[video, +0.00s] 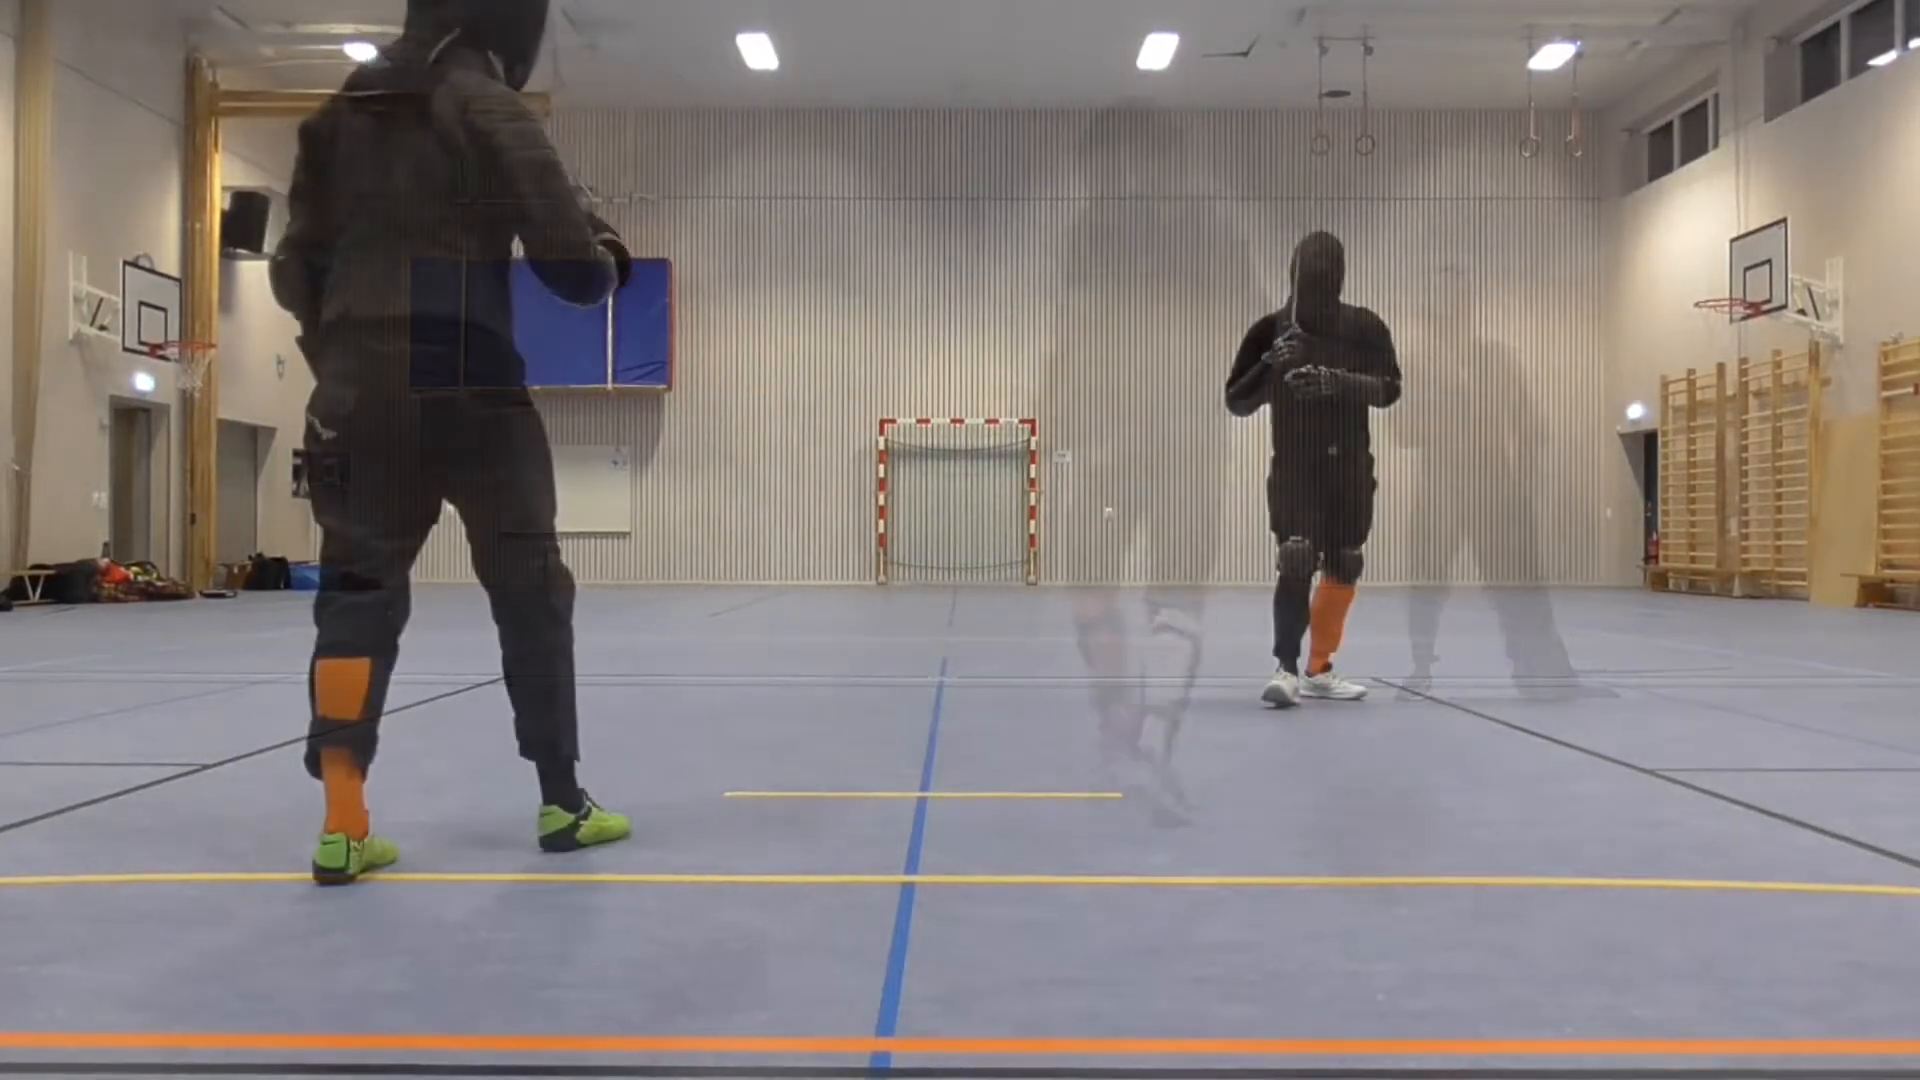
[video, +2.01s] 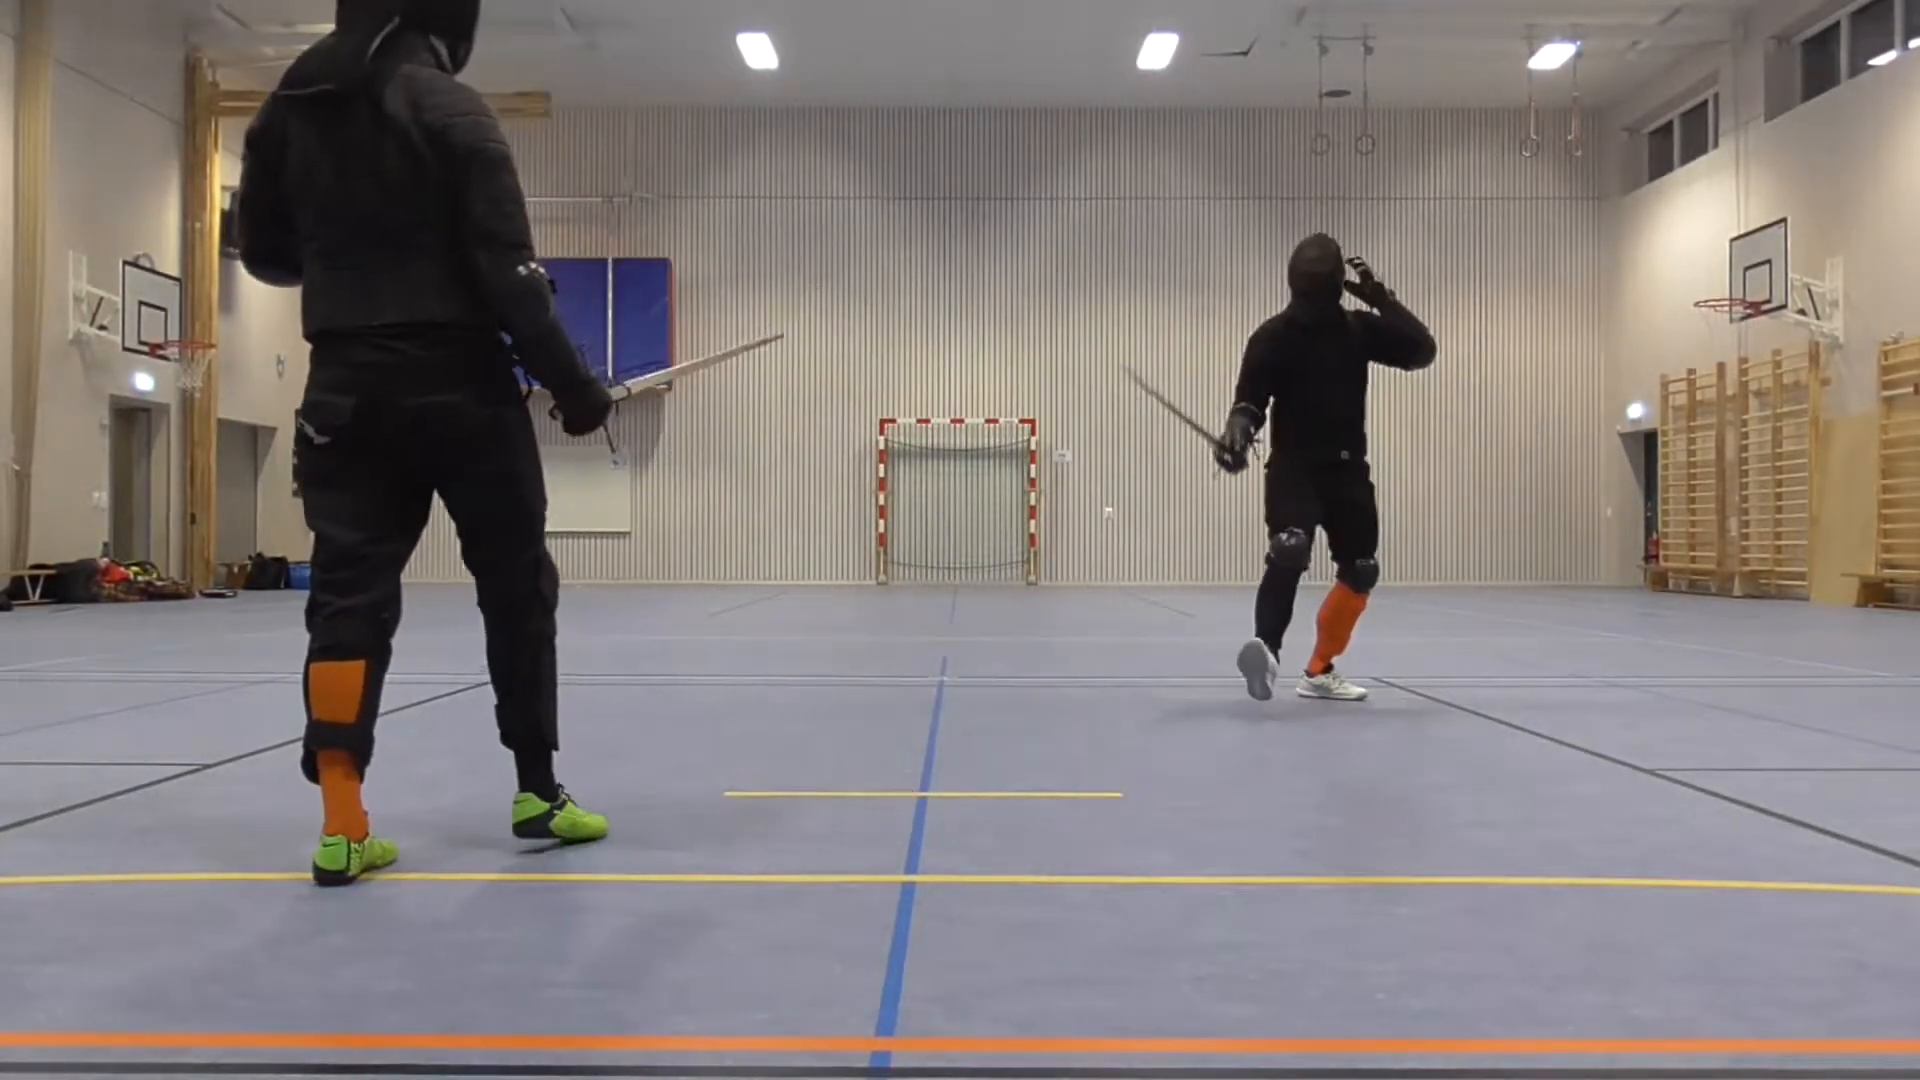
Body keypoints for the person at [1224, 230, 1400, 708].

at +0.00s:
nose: (1318, 282)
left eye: (1327, 272)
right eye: (1310, 272)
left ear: (1340, 274)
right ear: (1297, 272)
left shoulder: (1365, 328)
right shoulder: (1270, 331)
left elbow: (1390, 390)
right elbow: (1237, 401)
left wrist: (1339, 382)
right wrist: (1274, 363)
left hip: (1350, 464)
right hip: (1295, 463)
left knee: (1344, 566)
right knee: (1296, 557)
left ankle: (1318, 671)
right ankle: (1285, 670)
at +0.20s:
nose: (1314, 284)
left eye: (1321, 274)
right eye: (1307, 274)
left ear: (1336, 279)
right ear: (1298, 279)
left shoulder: (1365, 331)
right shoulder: (1270, 337)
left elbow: (1391, 397)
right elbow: (1235, 408)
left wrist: (1364, 406)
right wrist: (1223, 402)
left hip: (1352, 470)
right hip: (1296, 470)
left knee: (1353, 564)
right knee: (1297, 559)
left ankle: (1319, 670)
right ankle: (1286, 670)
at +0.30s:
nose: (1308, 301)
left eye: (1315, 290)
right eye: (1299, 291)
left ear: (1332, 291)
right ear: (1288, 295)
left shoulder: (1363, 337)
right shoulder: (1269, 346)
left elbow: (1392, 394)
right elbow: (1234, 405)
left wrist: (1407, 427)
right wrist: (1201, 430)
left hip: (1355, 474)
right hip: (1298, 475)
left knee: (1357, 569)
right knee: (1298, 564)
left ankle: (1319, 671)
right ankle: (1285, 672)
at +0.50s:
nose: (1277, 341)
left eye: (1278, 331)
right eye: (1276, 331)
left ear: (1283, 328)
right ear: (1318, 320)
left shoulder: (1357, 358)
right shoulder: (1262, 375)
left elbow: (1414, 413)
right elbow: (1227, 439)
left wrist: (1477, 453)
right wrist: (1188, 488)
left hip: (1358, 483)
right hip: (1300, 486)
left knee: (1366, 572)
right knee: (1299, 569)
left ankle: (1319, 671)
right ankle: (1286, 675)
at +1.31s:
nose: (1292, 317)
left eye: (1297, 305)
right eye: (1288, 307)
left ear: (1307, 301)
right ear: (1322, 294)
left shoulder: (1362, 342)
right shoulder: (1268, 356)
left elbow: (1429, 371)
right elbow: (1209, 402)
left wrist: (1491, 392)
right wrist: (1163, 445)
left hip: (1367, 478)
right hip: (1309, 482)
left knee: (1361, 576)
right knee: (1304, 571)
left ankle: (1319, 670)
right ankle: (1287, 673)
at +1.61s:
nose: (1321, 287)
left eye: (1322, 278)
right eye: (1320, 278)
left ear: (1293, 281)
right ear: (1339, 279)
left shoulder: (1366, 329)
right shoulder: (1277, 338)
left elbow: (1434, 361)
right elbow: (1227, 389)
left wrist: (1437, 333)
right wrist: (1198, 377)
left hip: (1358, 473)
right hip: (1304, 473)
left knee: (1359, 572)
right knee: (1302, 558)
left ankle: (1318, 673)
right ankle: (1283, 674)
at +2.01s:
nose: (1317, 290)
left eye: (1325, 281)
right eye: (1309, 281)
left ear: (1338, 281)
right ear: (1293, 281)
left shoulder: (1358, 330)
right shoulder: (1272, 338)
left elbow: (1421, 350)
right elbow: (1251, 401)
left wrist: (1380, 297)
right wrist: (1237, 432)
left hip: (1347, 467)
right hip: (1292, 467)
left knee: (1360, 572)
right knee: (1290, 548)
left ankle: (1319, 671)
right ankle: (1265, 652)